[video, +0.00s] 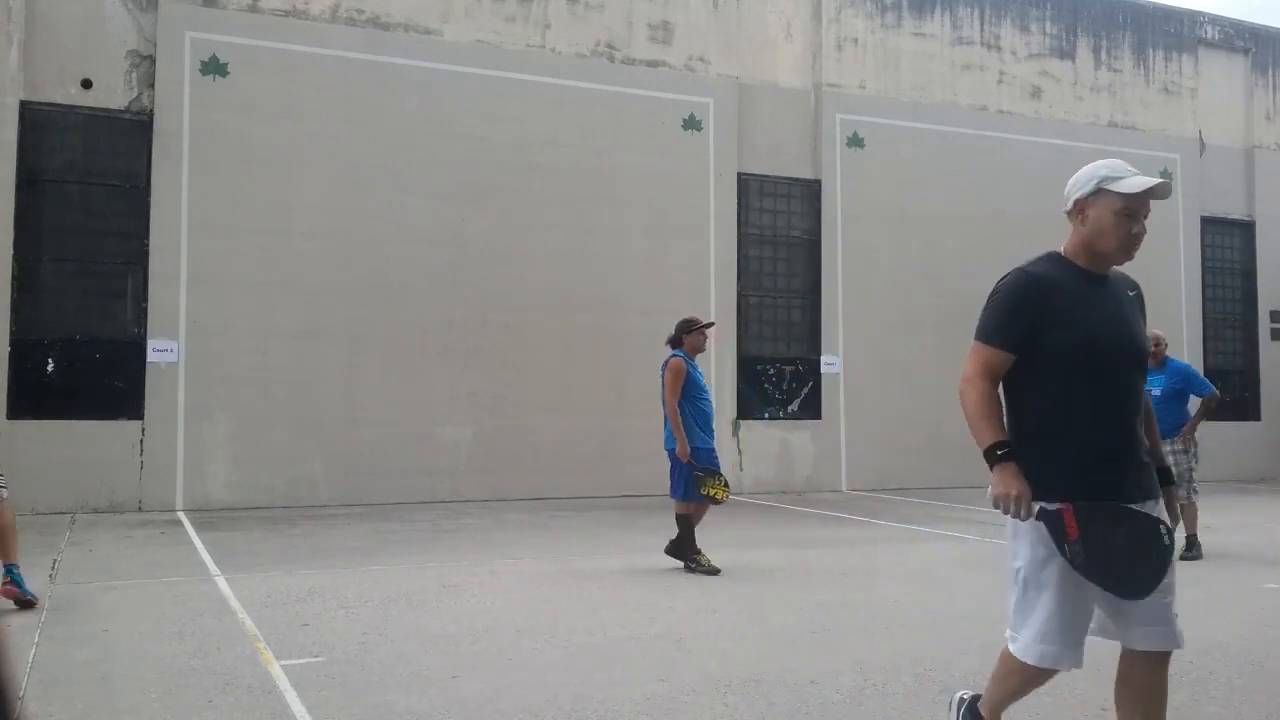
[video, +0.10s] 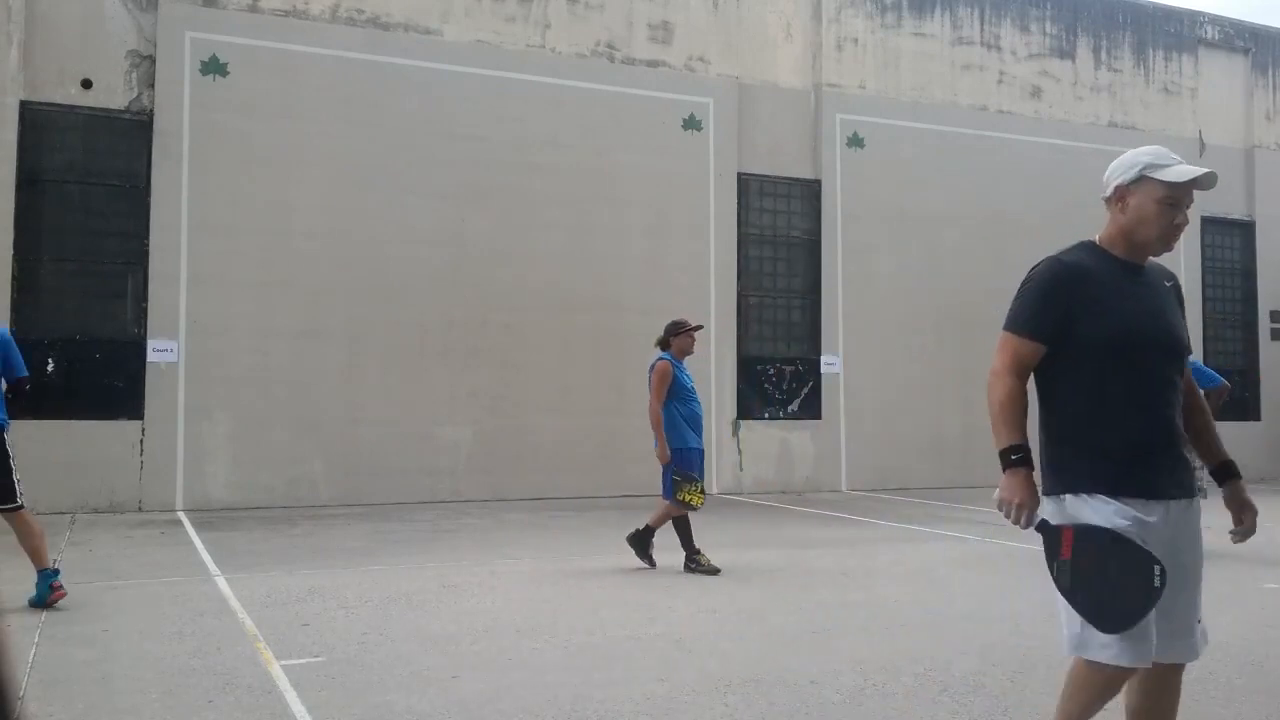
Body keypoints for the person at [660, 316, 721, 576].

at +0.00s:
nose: (706, 338)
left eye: (705, 334)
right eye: (701, 334)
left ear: (693, 339)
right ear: (686, 337)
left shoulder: (691, 364)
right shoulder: (677, 363)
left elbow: (689, 404)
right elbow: (671, 404)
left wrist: (704, 439)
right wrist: (681, 441)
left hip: (703, 442)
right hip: (686, 443)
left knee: (711, 492)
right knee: (685, 496)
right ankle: (691, 553)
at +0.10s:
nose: (694, 340)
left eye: (693, 336)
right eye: (689, 336)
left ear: (684, 341)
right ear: (673, 340)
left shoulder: (679, 366)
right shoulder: (664, 366)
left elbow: (677, 406)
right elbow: (655, 405)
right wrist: (662, 444)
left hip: (691, 443)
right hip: (678, 443)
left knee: (681, 498)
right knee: (678, 499)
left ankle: (643, 535)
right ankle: (692, 555)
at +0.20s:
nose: (682, 343)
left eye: (682, 339)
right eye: (677, 338)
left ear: (673, 343)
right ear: (661, 342)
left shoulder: (670, 368)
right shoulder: (651, 368)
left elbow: (674, 408)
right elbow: (639, 408)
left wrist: (691, 436)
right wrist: (640, 446)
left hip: (674, 445)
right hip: (663, 445)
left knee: (653, 501)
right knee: (674, 501)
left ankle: (621, 546)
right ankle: (691, 555)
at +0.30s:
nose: (671, 346)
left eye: (672, 342)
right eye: (667, 342)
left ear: (666, 346)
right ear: (652, 343)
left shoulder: (659, 370)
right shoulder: (639, 368)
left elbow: (667, 409)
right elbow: (625, 409)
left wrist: (692, 434)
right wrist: (622, 447)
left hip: (647, 445)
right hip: (649, 446)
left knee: (629, 499)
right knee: (667, 499)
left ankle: (615, 552)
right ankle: (687, 555)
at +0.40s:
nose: (662, 347)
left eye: (663, 342)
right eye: (658, 342)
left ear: (654, 344)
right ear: (643, 341)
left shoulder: (647, 367)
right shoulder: (628, 365)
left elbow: (655, 406)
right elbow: (614, 405)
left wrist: (681, 429)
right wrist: (609, 443)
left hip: (632, 442)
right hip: (637, 443)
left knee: (619, 496)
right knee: (659, 492)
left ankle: (614, 553)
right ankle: (666, 553)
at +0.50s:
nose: (649, 345)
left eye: (651, 341)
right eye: (645, 340)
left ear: (645, 343)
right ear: (630, 340)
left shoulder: (636, 365)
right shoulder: (617, 364)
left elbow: (639, 404)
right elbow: (603, 404)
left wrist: (663, 424)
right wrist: (598, 441)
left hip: (627, 437)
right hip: (626, 439)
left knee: (618, 493)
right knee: (645, 489)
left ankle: (613, 552)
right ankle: (629, 550)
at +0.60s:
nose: (638, 346)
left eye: (639, 342)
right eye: (634, 341)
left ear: (631, 343)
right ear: (618, 340)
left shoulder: (624, 365)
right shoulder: (606, 365)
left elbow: (627, 404)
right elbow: (595, 405)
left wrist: (649, 421)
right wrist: (593, 444)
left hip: (625, 442)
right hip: (615, 444)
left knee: (616, 498)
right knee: (622, 497)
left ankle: (613, 552)